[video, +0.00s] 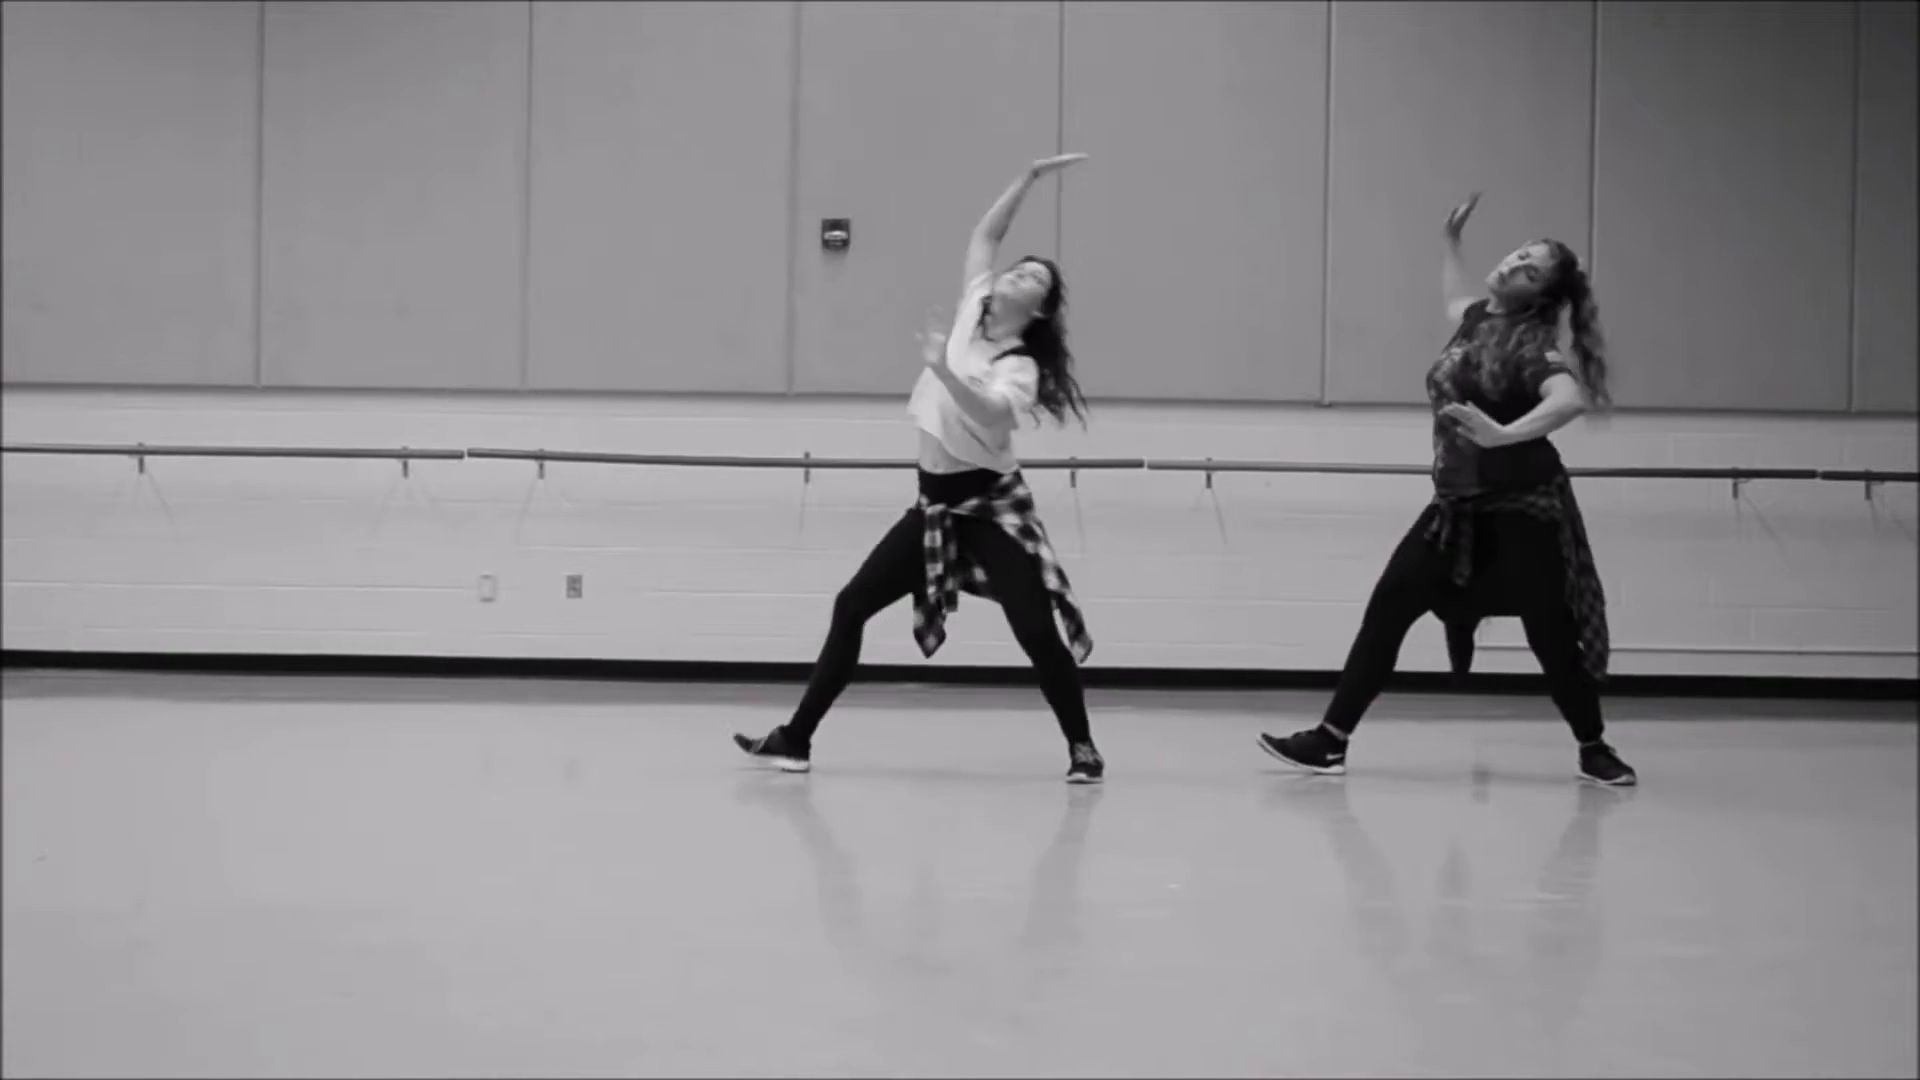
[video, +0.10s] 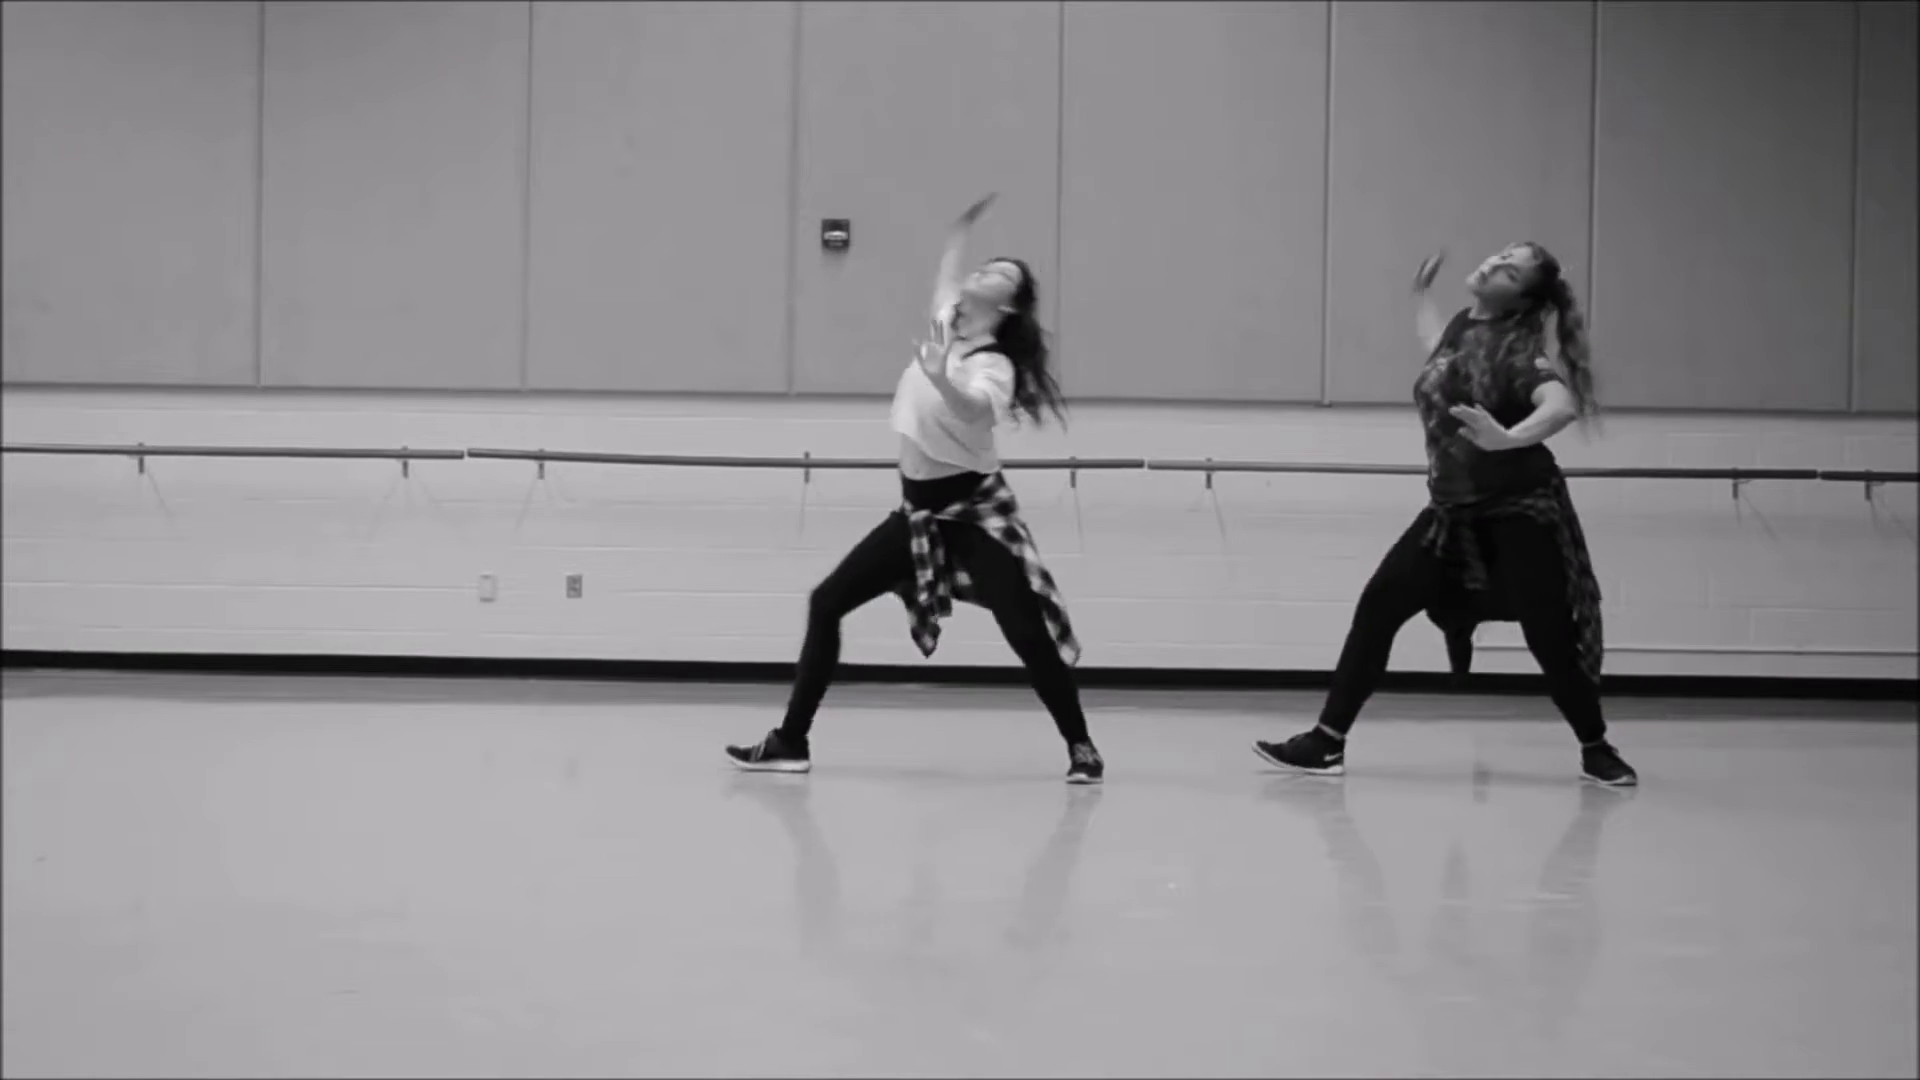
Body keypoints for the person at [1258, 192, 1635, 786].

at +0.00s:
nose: (1514, 262)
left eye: (1531, 266)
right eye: (1518, 254)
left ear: (1541, 295)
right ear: (1503, 265)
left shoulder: (1535, 343)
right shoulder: (1474, 323)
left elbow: (1569, 400)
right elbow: (1456, 299)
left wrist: (1505, 433)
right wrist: (1451, 245)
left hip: (1524, 507)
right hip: (1457, 506)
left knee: (1553, 635)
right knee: (1389, 605)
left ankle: (1593, 748)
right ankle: (1331, 735)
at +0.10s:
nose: (1493, 263)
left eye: (1509, 267)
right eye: (1497, 255)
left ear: (1522, 297)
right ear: (1483, 270)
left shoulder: (1525, 346)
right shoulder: (1459, 328)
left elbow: (1561, 405)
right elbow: (1436, 347)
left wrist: (1510, 437)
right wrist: (1422, 296)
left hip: (1522, 514)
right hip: (1452, 512)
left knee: (1550, 634)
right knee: (1379, 606)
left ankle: (1596, 749)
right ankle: (1327, 737)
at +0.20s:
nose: (1457, 265)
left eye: (1473, 267)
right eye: (1464, 258)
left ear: (1488, 297)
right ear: (1452, 279)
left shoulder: (1503, 350)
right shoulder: (1435, 338)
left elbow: (1546, 410)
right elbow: (1426, 403)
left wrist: (1517, 438)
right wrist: (1382, 362)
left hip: (1513, 517)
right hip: (1443, 519)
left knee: (1549, 636)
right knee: (1357, 601)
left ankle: (1599, 749)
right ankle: (1325, 737)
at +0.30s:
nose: (1411, 272)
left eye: (1426, 269)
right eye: (1417, 263)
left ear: (1450, 293)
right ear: (1419, 282)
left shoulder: (1473, 345)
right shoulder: (1399, 344)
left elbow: (1518, 416)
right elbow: (1392, 408)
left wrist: (1505, 402)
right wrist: (1332, 394)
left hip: (1484, 518)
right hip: (1415, 518)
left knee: (1533, 642)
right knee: (1327, 602)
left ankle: (1608, 741)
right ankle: (1320, 739)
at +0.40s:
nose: (1374, 268)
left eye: (1390, 265)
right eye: (1380, 259)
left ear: (1416, 287)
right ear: (1385, 279)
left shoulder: (1434, 341)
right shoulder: (1357, 341)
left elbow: (1468, 374)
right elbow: (1353, 399)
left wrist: (1495, 391)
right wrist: (1283, 383)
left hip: (1447, 508)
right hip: (1381, 509)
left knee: (1474, 628)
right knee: (1307, 603)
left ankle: (1559, 709)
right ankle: (1317, 739)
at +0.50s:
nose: (1353, 261)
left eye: (1367, 258)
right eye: (1357, 252)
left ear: (1397, 278)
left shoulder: (1417, 331)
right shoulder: (1340, 329)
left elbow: (1461, 374)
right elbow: (1318, 386)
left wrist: (1486, 384)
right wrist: (1250, 375)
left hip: (1431, 495)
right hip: (1363, 496)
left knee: (1410, 598)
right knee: (1288, 590)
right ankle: (1307, 724)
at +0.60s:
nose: (1341, 262)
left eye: (1356, 258)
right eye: (1345, 253)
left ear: (1385, 276)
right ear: (1350, 270)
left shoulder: (1408, 329)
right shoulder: (1330, 331)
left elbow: (1455, 368)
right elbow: (1310, 388)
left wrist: (1485, 387)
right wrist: (1247, 374)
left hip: (1412, 499)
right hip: (1346, 494)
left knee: (1364, 621)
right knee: (1261, 582)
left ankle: (1363, 744)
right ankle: (1263, 716)